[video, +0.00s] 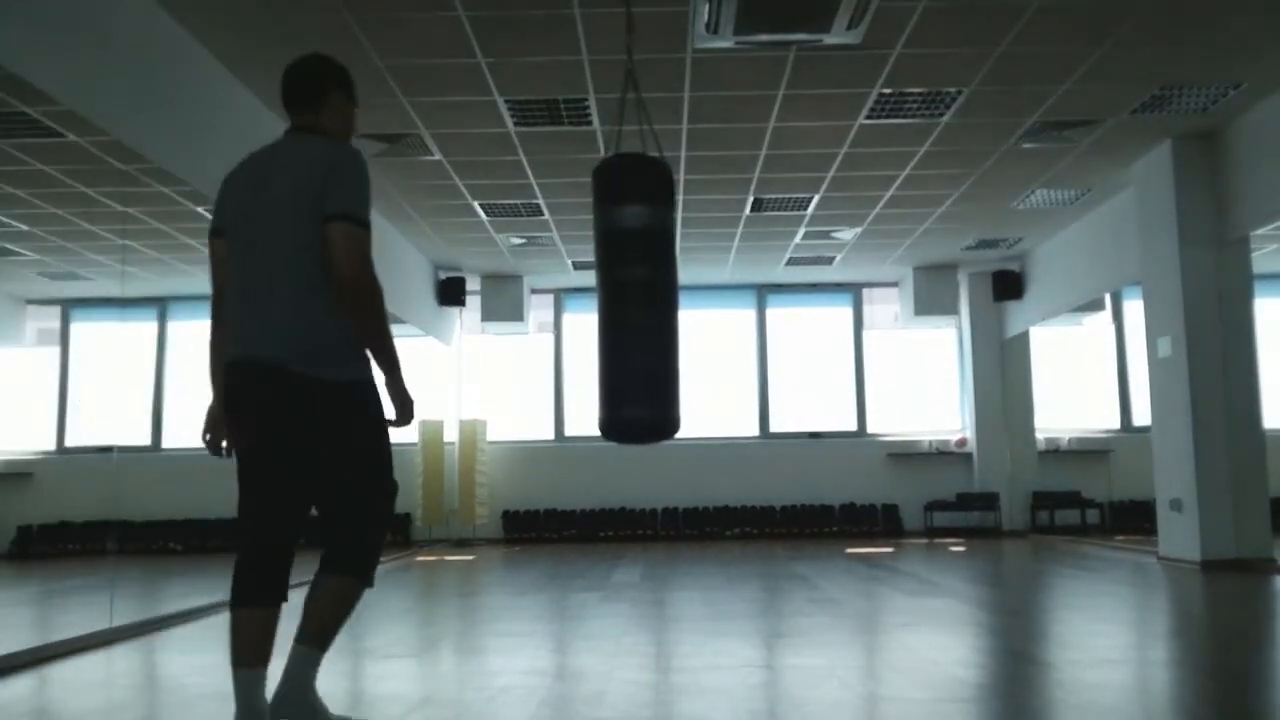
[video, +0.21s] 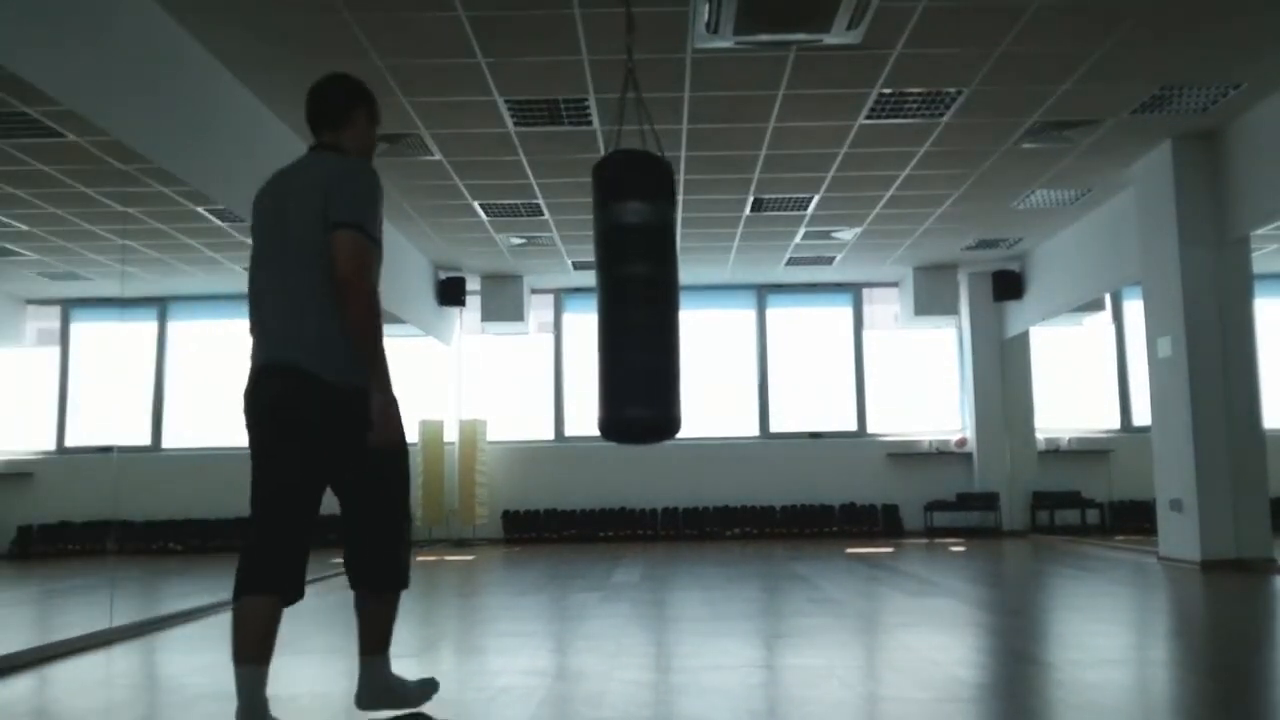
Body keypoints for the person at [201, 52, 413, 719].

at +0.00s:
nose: (354, 118)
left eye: (352, 106)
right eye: (350, 106)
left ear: (289, 106)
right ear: (334, 104)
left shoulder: (239, 177)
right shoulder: (341, 163)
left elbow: (223, 300)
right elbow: (354, 275)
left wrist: (222, 395)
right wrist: (393, 375)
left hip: (253, 386)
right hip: (330, 384)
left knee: (264, 537)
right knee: (363, 522)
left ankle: (248, 706)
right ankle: (296, 685)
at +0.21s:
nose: (374, 139)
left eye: (373, 127)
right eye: (372, 126)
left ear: (314, 125)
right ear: (356, 122)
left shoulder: (273, 189)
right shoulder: (353, 178)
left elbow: (267, 296)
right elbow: (352, 277)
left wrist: (273, 374)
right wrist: (381, 386)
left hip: (274, 388)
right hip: (342, 386)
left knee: (271, 542)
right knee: (381, 522)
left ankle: (251, 705)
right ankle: (375, 675)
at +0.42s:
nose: (404, 149)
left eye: (402, 137)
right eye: (399, 137)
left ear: (346, 141)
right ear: (380, 138)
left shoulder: (317, 201)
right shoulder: (377, 191)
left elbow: (311, 302)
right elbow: (364, 285)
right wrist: (390, 387)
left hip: (324, 397)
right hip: (377, 399)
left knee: (348, 521)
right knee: (401, 535)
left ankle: (283, 608)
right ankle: (385, 679)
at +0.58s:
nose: (409, 152)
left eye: (407, 141)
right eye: (404, 141)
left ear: (352, 145)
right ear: (385, 141)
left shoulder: (318, 206)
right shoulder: (397, 193)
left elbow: (265, 288)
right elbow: (420, 284)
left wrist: (231, 361)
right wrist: (448, 378)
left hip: (345, 389)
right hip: (396, 384)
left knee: (493, 368)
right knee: (410, 519)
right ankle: (388, 667)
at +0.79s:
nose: (411, 160)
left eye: (410, 149)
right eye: (407, 149)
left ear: (353, 151)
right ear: (389, 147)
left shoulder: (309, 210)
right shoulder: (402, 202)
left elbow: (231, 268)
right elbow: (448, 297)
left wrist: (153, 320)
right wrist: (489, 363)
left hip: (359, 382)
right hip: (394, 380)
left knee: (502, 328)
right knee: (395, 536)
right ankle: (385, 683)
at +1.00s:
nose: (434, 185)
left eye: (432, 176)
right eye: (427, 174)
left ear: (388, 176)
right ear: (403, 175)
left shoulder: (383, 236)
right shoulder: (383, 225)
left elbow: (402, 328)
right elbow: (362, 307)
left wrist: (445, 295)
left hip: (399, 397)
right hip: (434, 365)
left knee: (425, 535)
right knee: (562, 356)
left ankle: (430, 678)